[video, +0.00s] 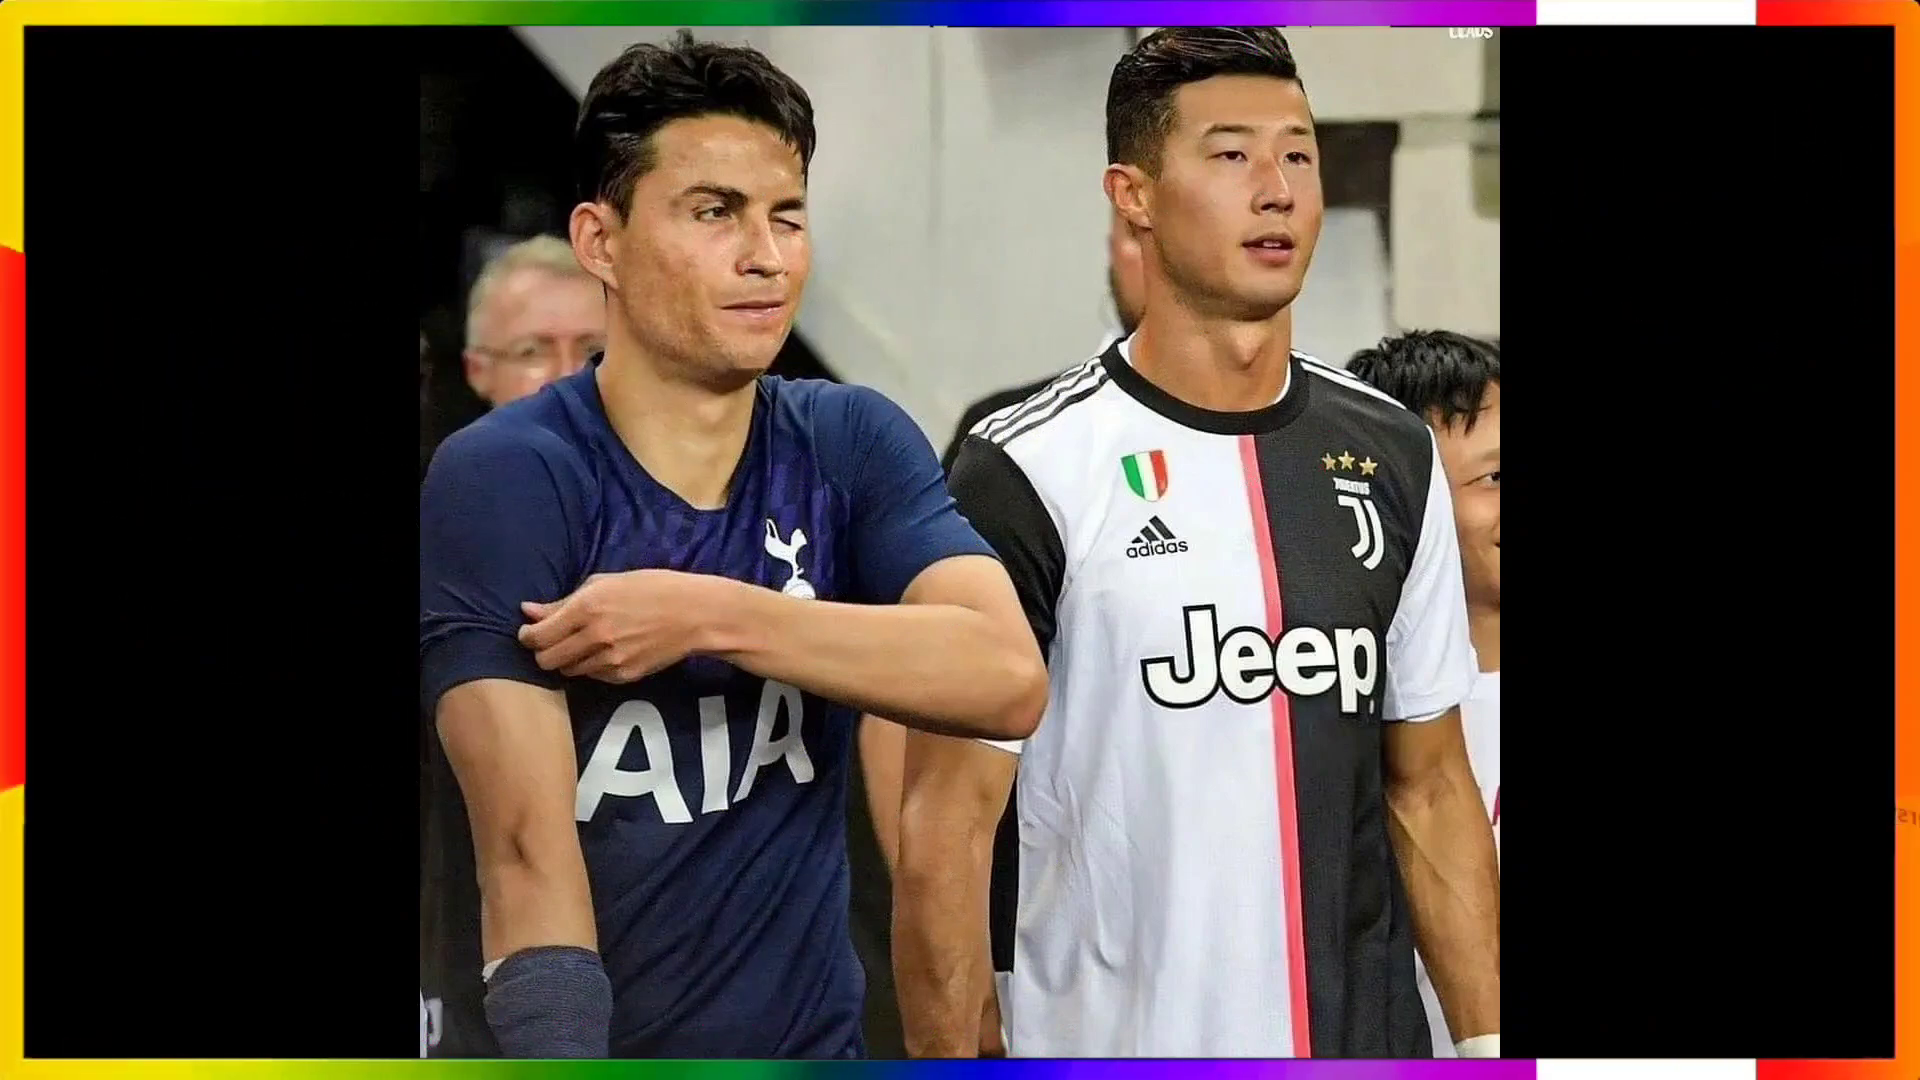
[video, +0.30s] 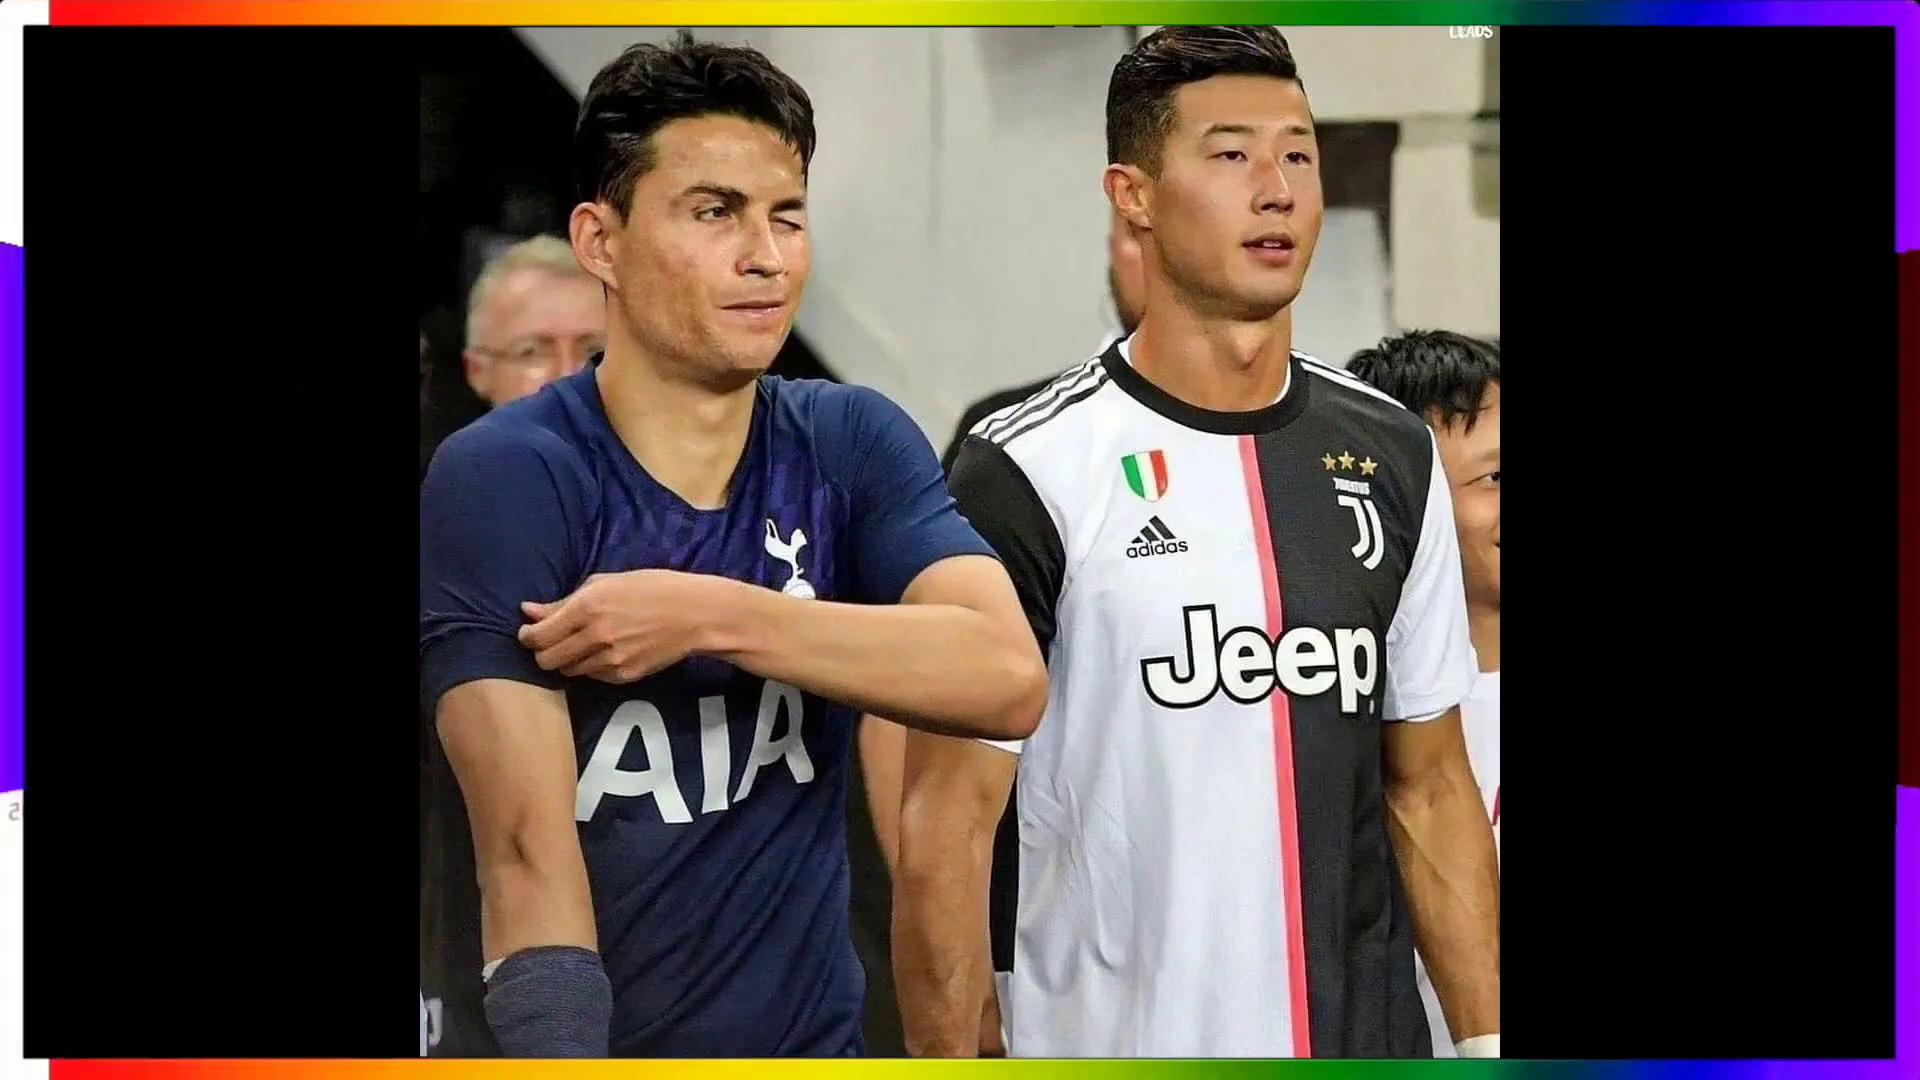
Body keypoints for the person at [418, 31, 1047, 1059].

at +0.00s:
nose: (766, 257)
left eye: (785, 218)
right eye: (712, 212)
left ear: (809, 237)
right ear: (601, 241)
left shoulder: (856, 439)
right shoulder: (499, 476)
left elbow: (1009, 681)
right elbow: (525, 851)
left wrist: (713, 613)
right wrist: (561, 1058)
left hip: (812, 1042)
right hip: (594, 1036)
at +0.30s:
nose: (765, 257)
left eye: (785, 217)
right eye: (712, 212)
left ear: (809, 236)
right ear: (601, 242)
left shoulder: (856, 439)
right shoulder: (499, 477)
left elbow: (1009, 681)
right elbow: (525, 851)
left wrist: (713, 613)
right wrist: (560, 1060)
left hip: (811, 1041)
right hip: (598, 1036)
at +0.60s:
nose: (765, 257)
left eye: (785, 217)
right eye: (712, 212)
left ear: (809, 236)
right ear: (601, 242)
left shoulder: (856, 439)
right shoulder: (499, 477)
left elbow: (1009, 680)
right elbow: (525, 851)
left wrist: (714, 613)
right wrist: (559, 1061)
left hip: (811, 1040)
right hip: (596, 1037)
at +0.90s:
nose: (766, 257)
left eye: (785, 218)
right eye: (712, 212)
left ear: (809, 237)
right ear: (601, 241)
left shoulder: (857, 439)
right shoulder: (499, 476)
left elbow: (1009, 681)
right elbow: (525, 851)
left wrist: (714, 613)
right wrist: (560, 1059)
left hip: (812, 1041)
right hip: (594, 1036)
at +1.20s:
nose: (766, 257)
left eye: (786, 218)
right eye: (712, 212)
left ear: (809, 237)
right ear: (601, 241)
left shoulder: (856, 439)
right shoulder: (499, 477)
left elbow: (1009, 680)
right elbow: (525, 851)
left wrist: (713, 613)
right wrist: (560, 1059)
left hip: (810, 1041)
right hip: (598, 1036)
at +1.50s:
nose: (766, 257)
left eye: (786, 218)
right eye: (712, 213)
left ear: (809, 237)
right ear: (601, 241)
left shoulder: (859, 437)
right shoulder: (500, 476)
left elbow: (1011, 679)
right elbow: (525, 852)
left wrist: (717, 615)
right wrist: (560, 1061)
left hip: (810, 1041)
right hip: (598, 1038)